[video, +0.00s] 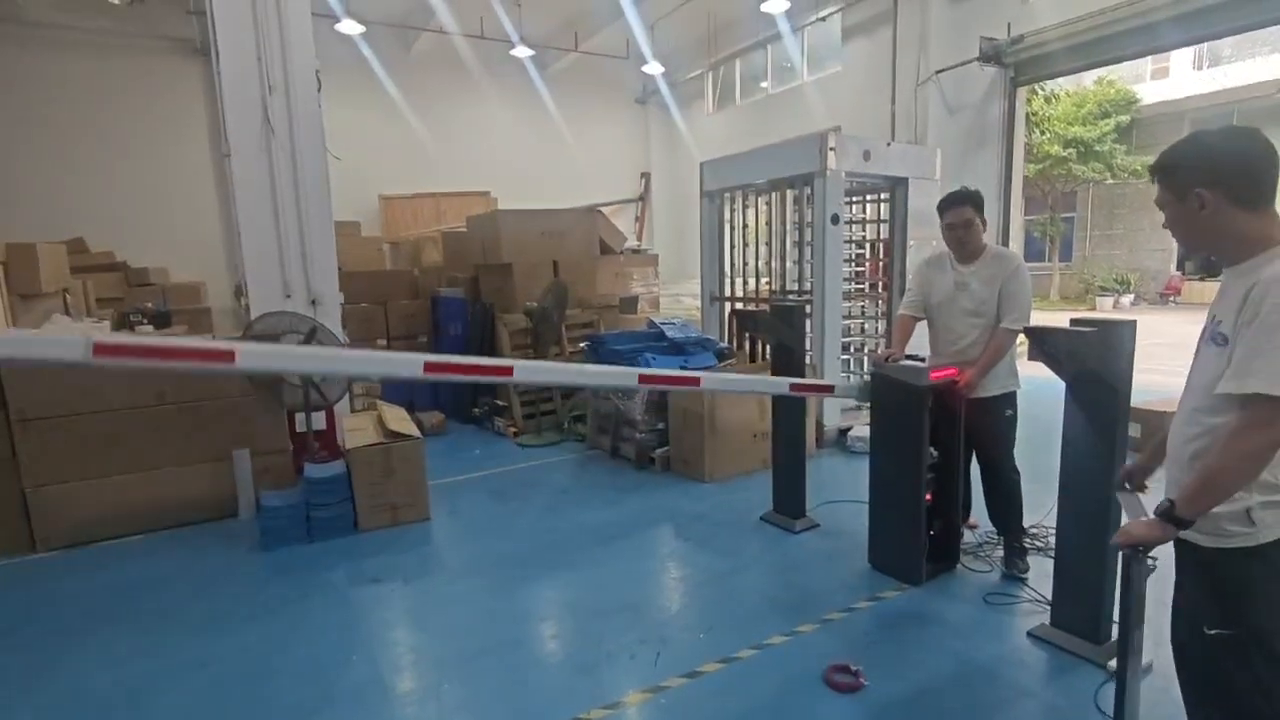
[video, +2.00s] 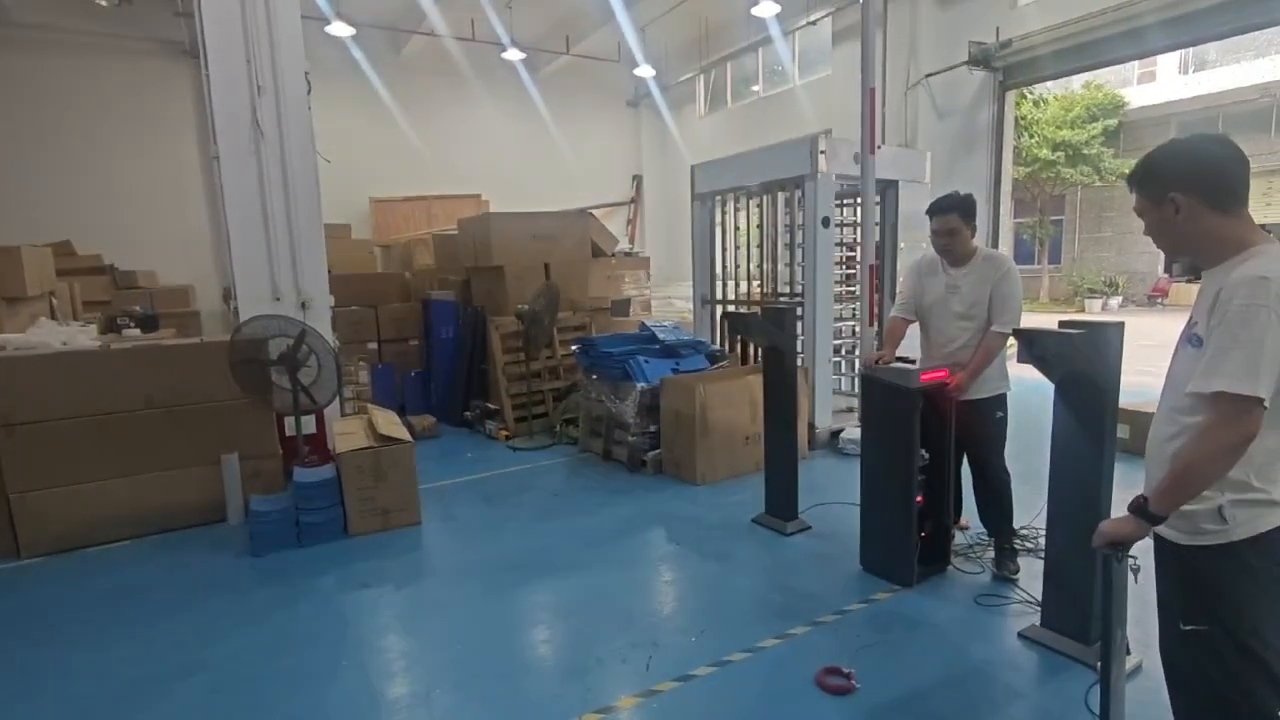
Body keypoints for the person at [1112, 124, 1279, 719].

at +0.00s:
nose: (1164, 224)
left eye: (1166, 208)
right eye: (1161, 210)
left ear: (1204, 201)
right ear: (1208, 199)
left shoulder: (1267, 283)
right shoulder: (1244, 278)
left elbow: (1263, 423)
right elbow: (1211, 396)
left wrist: (1171, 517)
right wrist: (1150, 460)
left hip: (1242, 549)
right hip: (1215, 543)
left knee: (1236, 698)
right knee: (1212, 690)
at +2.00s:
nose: (1146, 232)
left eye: (1144, 217)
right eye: (1141, 219)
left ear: (1179, 205)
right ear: (1188, 202)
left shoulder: (1253, 287)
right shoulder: (1236, 277)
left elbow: (1235, 422)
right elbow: (1228, 412)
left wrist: (1144, 514)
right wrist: (1158, 500)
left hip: (1226, 545)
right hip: (1211, 538)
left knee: (1227, 704)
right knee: (1215, 699)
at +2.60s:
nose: (1110, 240)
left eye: (1108, 224)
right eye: (1106, 227)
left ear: (1140, 209)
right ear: (1154, 207)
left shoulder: (1209, 288)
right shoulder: (1229, 274)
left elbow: (1174, 421)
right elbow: (1213, 425)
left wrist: (1091, 470)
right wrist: (1142, 491)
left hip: (1205, 546)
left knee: (1169, 701)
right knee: (1187, 699)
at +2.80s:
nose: (1070, 237)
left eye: (1071, 220)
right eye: (1067, 222)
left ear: (1099, 213)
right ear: (1147, 209)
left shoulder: (1145, 297)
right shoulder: (1201, 282)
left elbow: (1098, 431)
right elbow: (1230, 419)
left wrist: (1045, 462)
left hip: (1152, 552)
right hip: (1199, 541)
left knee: (1105, 693)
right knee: (1180, 693)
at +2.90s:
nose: (1042, 241)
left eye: (1043, 223)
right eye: (1040, 224)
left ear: (1070, 218)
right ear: (1122, 213)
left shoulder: (1097, 306)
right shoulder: (1173, 289)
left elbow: (1045, 434)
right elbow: (1155, 409)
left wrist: (1018, 464)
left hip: (1112, 554)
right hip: (1174, 540)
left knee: (1082, 699)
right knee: (1162, 691)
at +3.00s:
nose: (1012, 237)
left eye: (1011, 220)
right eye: (1010, 221)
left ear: (1030, 216)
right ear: (1093, 207)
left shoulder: (1042, 306)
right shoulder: (1153, 293)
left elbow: (992, 432)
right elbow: (1145, 411)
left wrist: (1001, 459)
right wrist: (1036, 448)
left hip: (1067, 569)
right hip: (1148, 556)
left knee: (1024, 703)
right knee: (1111, 674)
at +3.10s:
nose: (979, 235)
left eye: (977, 221)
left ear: (991, 218)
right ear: (1072, 206)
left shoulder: (988, 304)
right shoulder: (1131, 291)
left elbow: (956, 417)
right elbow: (1148, 423)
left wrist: (1000, 452)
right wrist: (1095, 461)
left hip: (1032, 560)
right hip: (1114, 551)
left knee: (1004, 705)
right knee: (1066, 689)